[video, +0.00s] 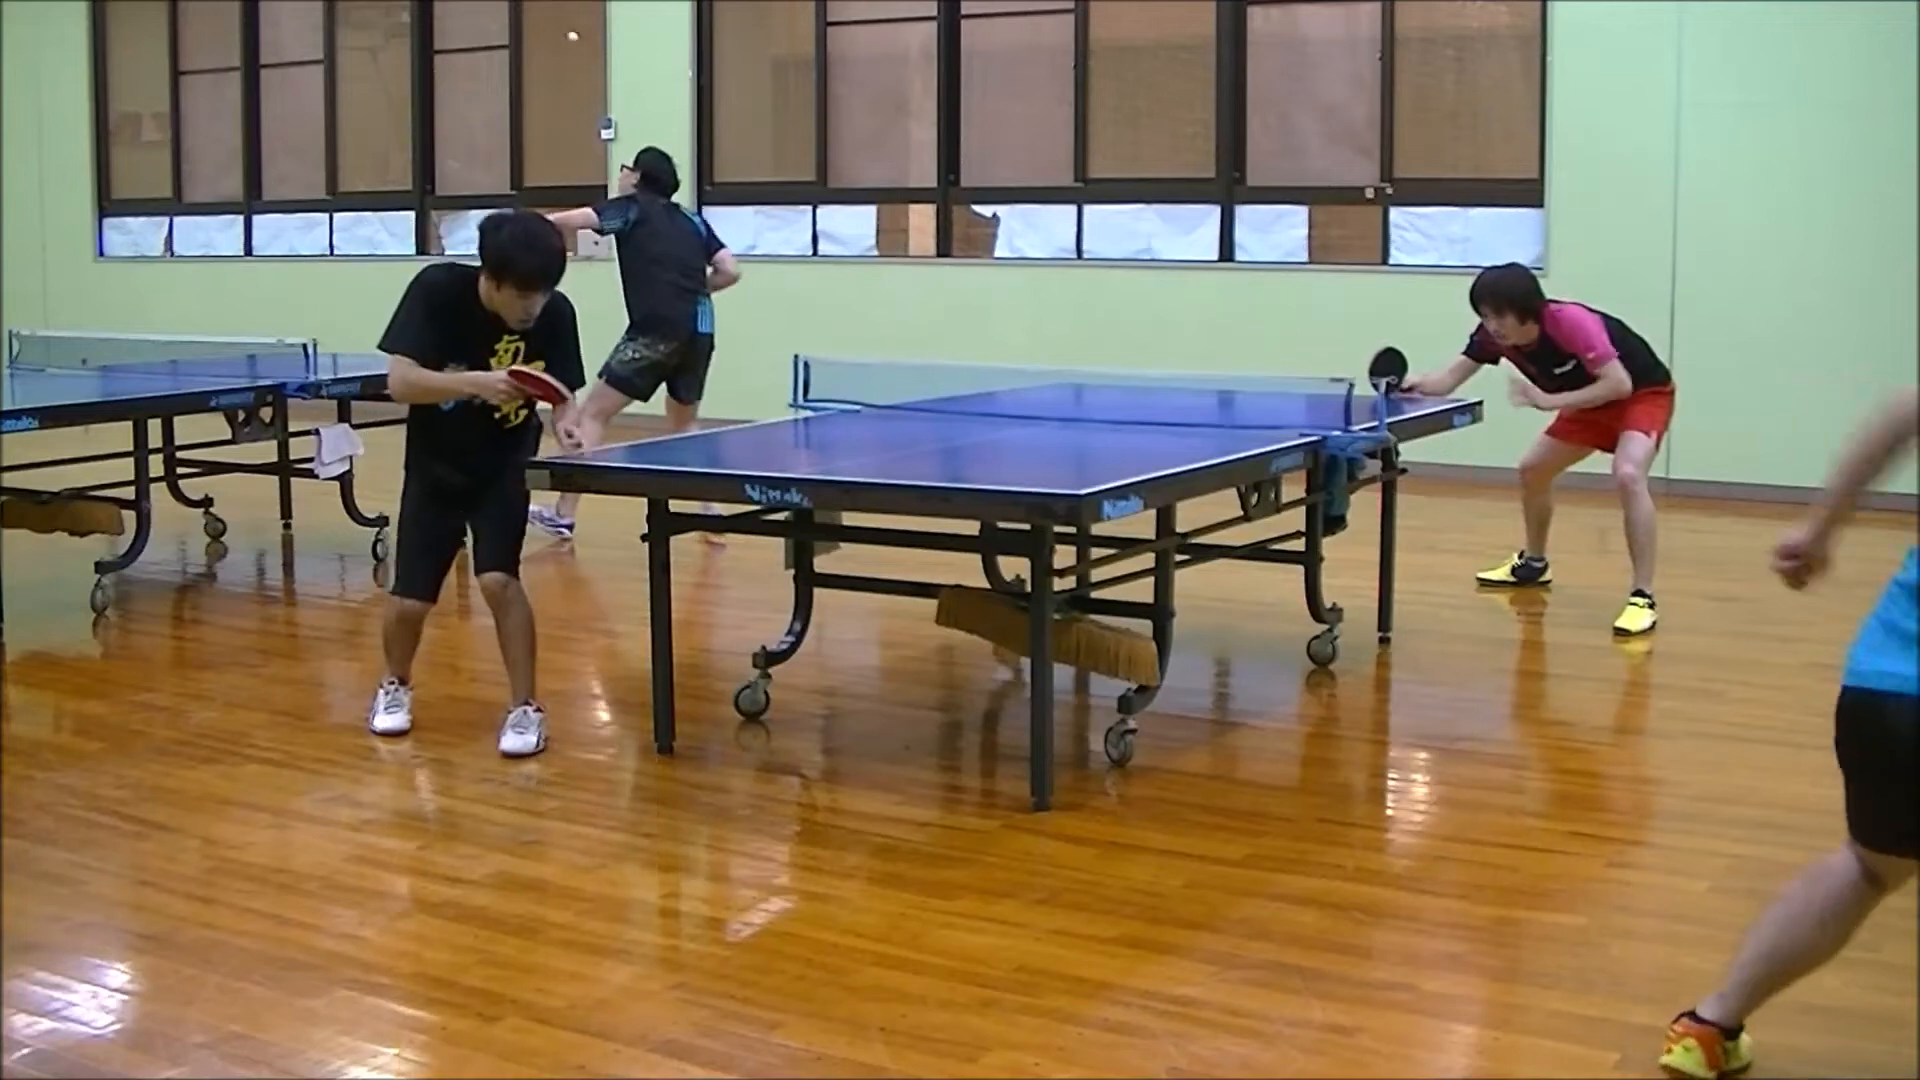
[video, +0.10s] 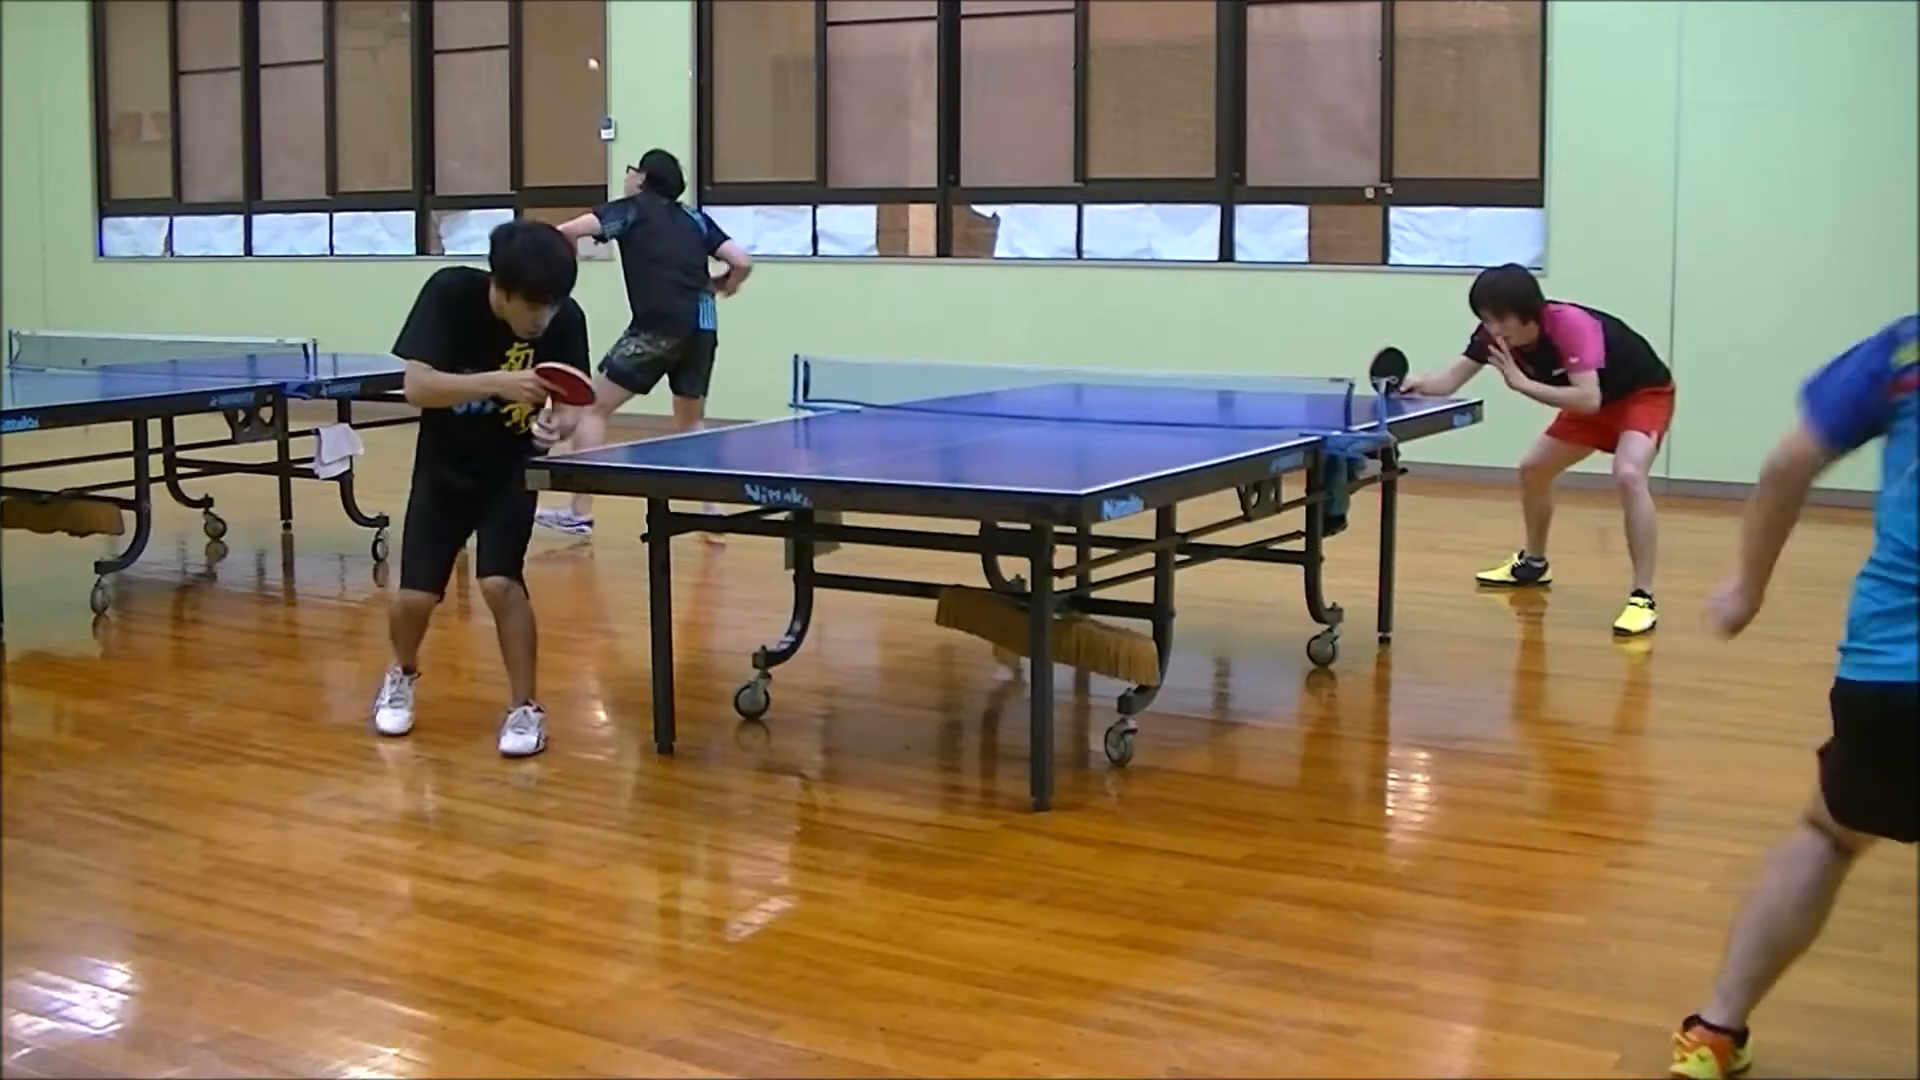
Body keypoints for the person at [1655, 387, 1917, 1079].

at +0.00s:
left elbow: (1898, 414)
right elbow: (1899, 413)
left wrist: (1819, 523)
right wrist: (1822, 525)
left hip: (1887, 686)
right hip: (1899, 690)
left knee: (1872, 862)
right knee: (1873, 862)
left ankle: (1713, 1020)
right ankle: (1714, 1019)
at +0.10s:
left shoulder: (1906, 342)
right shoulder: (1903, 344)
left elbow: (1792, 457)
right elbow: (1792, 457)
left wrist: (1748, 583)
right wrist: (1751, 582)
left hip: (1891, 664)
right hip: (1893, 664)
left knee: (1830, 832)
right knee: (1830, 833)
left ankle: (1716, 1026)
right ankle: (1716, 1024)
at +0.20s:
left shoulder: (1890, 378)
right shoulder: (1886, 378)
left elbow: (1782, 516)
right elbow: (1783, 516)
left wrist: (1743, 629)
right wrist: (1747, 628)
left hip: (1901, 693)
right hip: (1897, 697)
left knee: (1795, 810)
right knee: (1795, 808)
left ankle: (1726, 1026)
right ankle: (1726, 1025)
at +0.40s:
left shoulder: (1915, 430)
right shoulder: (1910, 430)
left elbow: (1906, 609)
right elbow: (1906, 609)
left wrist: (1917, 694)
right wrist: (1914, 699)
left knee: (1850, 830)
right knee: (1849, 830)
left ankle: (1746, 1024)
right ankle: (1747, 1023)